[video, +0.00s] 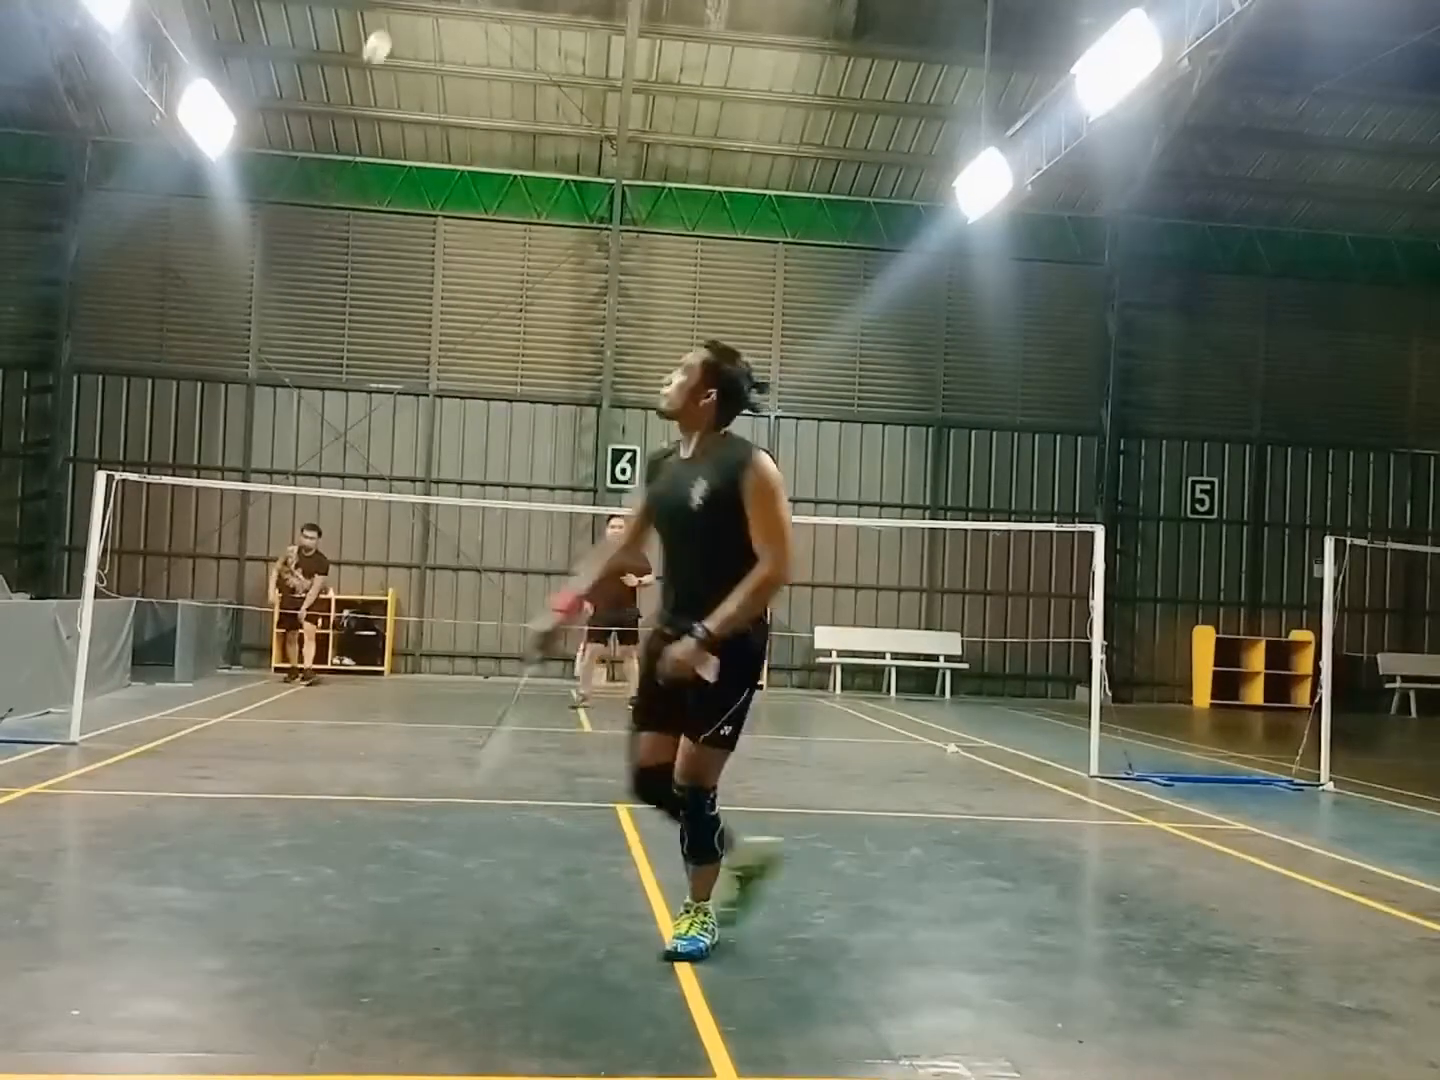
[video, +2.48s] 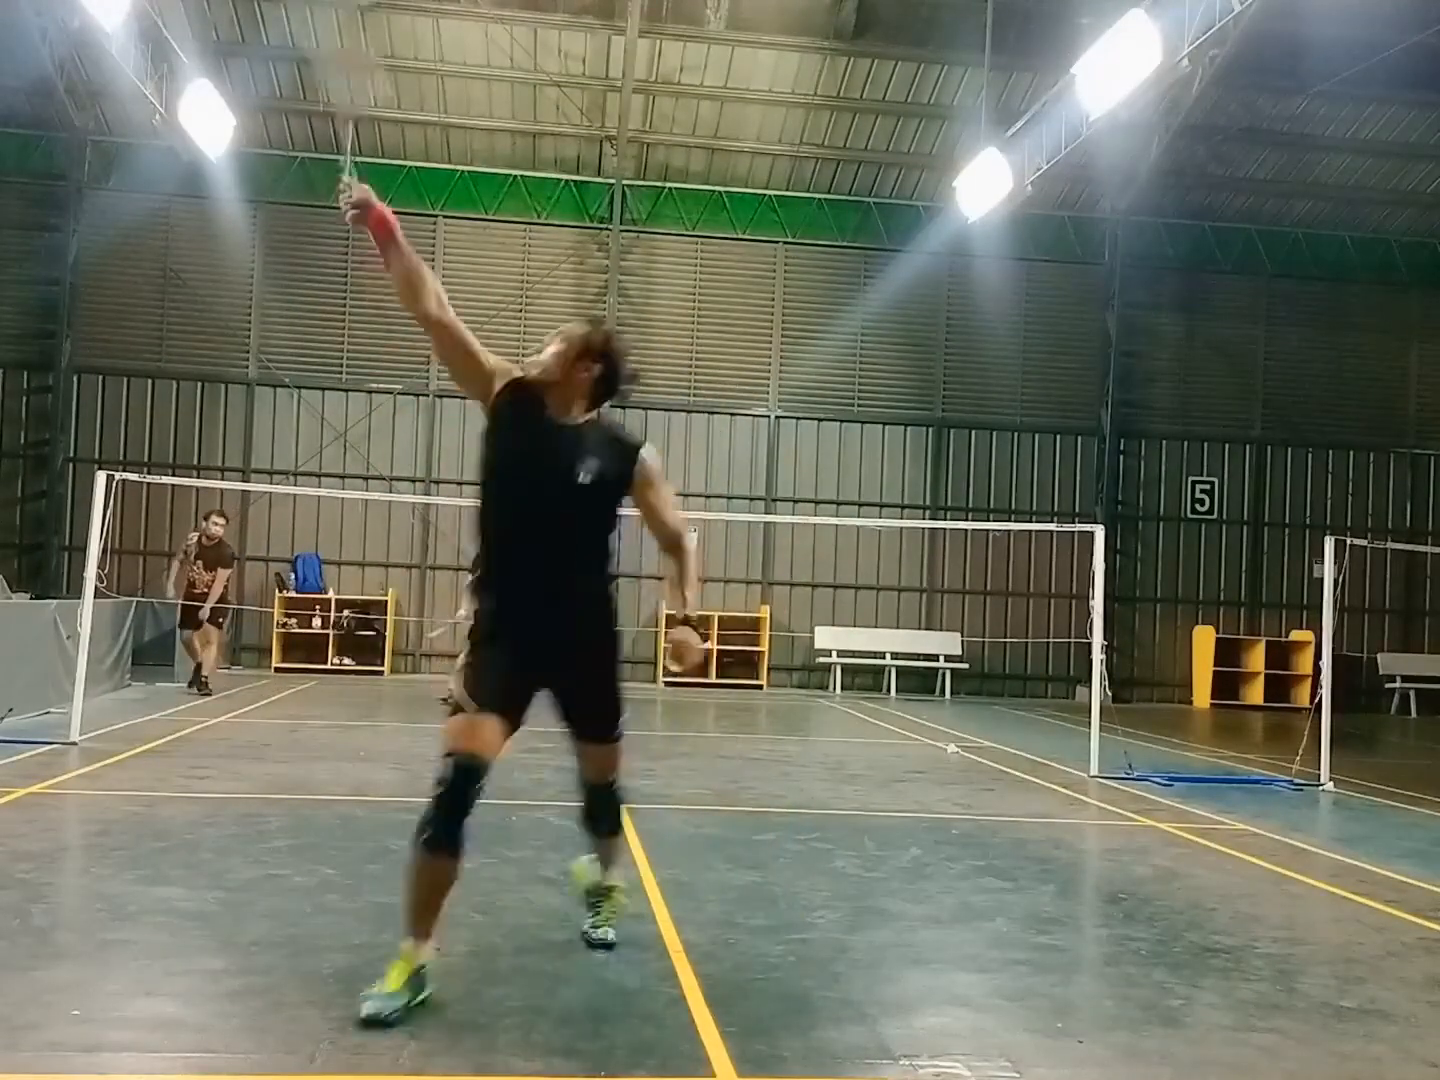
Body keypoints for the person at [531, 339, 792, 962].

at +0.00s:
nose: (669, 382)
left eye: (681, 375)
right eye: (676, 372)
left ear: (708, 396)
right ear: (702, 397)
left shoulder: (751, 468)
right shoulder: (665, 465)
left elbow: (776, 566)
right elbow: (628, 546)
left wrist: (706, 634)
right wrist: (580, 593)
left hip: (732, 640)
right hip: (672, 632)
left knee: (692, 784)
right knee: (649, 780)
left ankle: (698, 912)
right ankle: (743, 855)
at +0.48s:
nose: (735, 470)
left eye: (743, 459)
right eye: (736, 454)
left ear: (701, 435)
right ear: (700, 433)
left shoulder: (648, 465)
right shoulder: (657, 465)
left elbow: (558, 535)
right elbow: (548, 475)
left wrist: (616, 578)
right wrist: (469, 518)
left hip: (546, 618)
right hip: (519, 616)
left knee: (593, 750)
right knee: (513, 782)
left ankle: (561, 909)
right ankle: (436, 967)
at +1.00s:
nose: (597, 377)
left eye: (598, 368)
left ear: (602, 375)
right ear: (658, 388)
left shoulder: (548, 427)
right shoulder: (680, 445)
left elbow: (475, 510)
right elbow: (759, 533)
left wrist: (407, 583)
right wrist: (813, 603)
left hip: (537, 619)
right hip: (610, 624)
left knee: (570, 793)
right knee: (590, 797)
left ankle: (567, 953)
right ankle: (467, 925)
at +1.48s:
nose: (676, 394)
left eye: (675, 385)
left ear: (676, 392)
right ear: (731, 398)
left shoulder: (639, 451)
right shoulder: (762, 466)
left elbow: (609, 548)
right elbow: (800, 566)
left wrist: (591, 631)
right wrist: (763, 616)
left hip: (652, 641)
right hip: (730, 644)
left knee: (629, 782)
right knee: (756, 782)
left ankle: (602, 911)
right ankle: (785, 929)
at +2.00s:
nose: (643, 451)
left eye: (647, 444)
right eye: (648, 442)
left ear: (657, 452)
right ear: (698, 461)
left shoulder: (641, 499)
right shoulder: (720, 514)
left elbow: (637, 589)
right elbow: (748, 606)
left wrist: (600, 673)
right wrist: (751, 671)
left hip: (687, 666)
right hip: (744, 665)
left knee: (579, 770)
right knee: (717, 767)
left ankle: (659, 886)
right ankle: (767, 900)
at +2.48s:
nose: (546, 344)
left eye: (563, 342)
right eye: (555, 338)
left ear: (588, 371)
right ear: (557, 361)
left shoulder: (621, 450)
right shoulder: (505, 397)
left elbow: (680, 535)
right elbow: (431, 311)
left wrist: (681, 615)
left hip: (586, 635)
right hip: (505, 628)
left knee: (603, 789)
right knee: (454, 787)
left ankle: (600, 878)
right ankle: (412, 956)